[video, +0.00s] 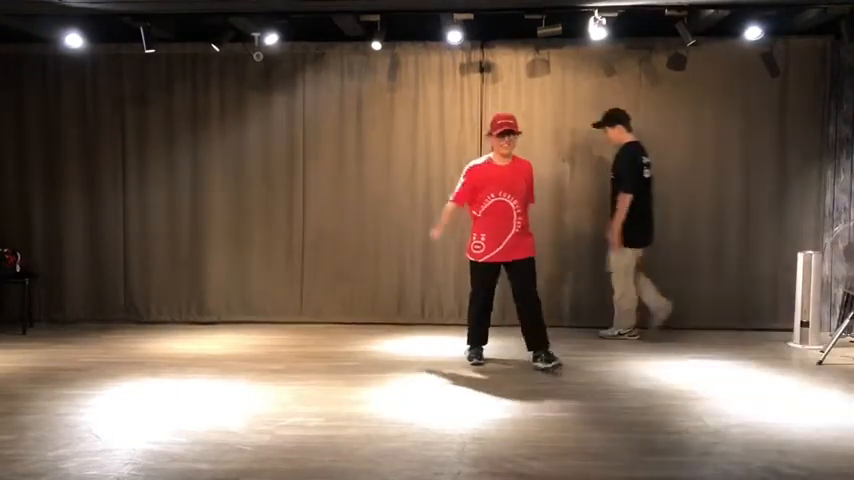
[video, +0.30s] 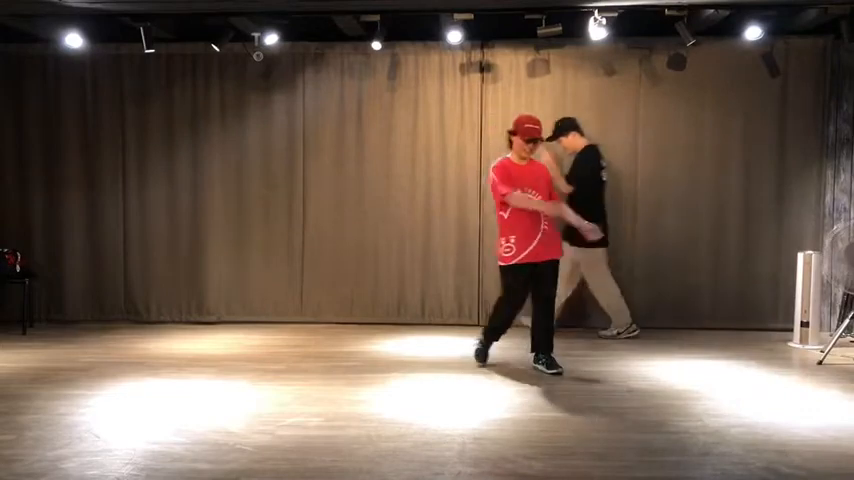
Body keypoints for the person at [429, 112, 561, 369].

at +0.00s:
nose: (507, 140)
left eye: (511, 136)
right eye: (502, 136)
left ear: (517, 139)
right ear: (492, 138)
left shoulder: (524, 168)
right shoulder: (475, 169)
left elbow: (527, 204)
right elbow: (454, 201)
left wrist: (520, 232)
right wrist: (440, 226)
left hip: (518, 246)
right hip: (484, 247)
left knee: (528, 298)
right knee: (481, 298)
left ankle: (540, 350)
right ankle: (475, 347)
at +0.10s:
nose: (515, 143)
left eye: (520, 138)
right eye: (510, 138)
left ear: (525, 140)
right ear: (499, 138)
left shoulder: (531, 169)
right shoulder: (484, 170)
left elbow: (535, 208)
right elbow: (476, 209)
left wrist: (533, 239)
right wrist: (474, 241)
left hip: (527, 247)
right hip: (494, 248)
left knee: (532, 302)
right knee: (487, 300)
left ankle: (540, 353)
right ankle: (477, 346)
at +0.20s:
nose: (523, 145)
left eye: (528, 141)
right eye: (519, 140)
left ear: (533, 142)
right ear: (507, 137)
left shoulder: (535, 168)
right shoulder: (492, 168)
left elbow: (547, 205)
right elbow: (495, 207)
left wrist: (556, 233)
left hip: (538, 247)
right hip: (505, 248)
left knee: (540, 302)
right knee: (497, 298)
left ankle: (542, 353)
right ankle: (479, 343)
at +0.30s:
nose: (531, 147)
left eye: (536, 142)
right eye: (527, 141)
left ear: (539, 142)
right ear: (513, 138)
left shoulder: (542, 169)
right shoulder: (500, 168)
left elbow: (557, 203)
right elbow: (510, 197)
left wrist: (582, 224)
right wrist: (543, 206)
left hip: (546, 249)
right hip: (515, 250)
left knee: (545, 305)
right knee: (512, 300)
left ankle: (543, 354)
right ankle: (487, 340)